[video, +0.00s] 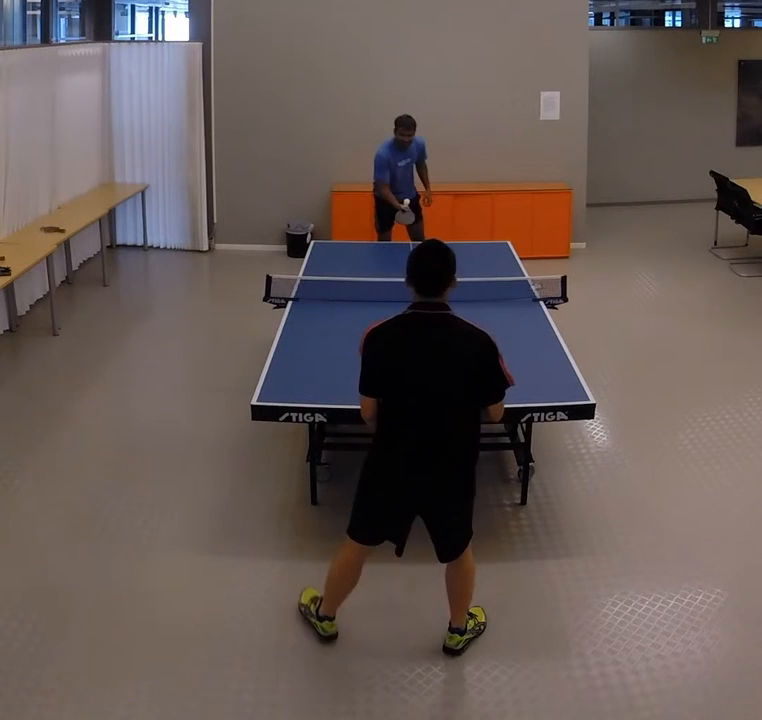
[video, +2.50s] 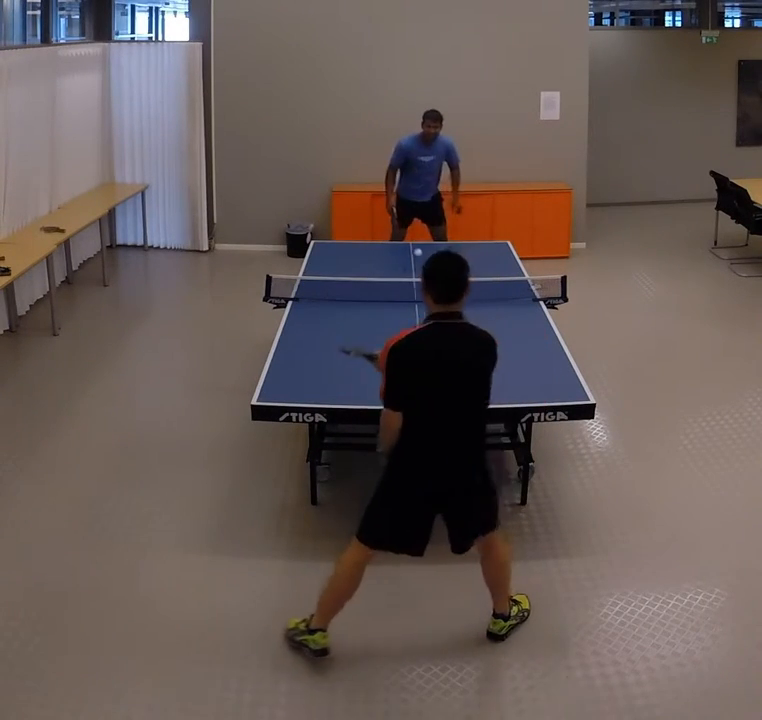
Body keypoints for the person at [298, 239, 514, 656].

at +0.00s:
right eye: (451, 275)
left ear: (409, 280)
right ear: (453, 281)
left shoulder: (380, 337)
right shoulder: (477, 342)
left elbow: (368, 411)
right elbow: (495, 411)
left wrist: (396, 427)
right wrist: (461, 394)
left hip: (390, 464)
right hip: (451, 467)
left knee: (357, 544)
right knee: (457, 550)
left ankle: (325, 615)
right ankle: (458, 628)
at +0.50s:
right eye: (391, 271)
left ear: (349, 278)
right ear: (392, 277)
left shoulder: (326, 333)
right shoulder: (419, 331)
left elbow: (315, 403)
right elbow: (436, 400)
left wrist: (340, 426)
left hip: (349, 454)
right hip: (408, 453)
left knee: (334, 533)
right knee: (441, 532)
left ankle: (320, 604)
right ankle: (467, 615)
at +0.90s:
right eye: (439, 283)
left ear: (402, 290)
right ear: (445, 289)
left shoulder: (378, 346)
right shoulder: (469, 346)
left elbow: (369, 415)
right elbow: (491, 412)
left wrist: (372, 450)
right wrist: (460, 395)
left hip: (392, 464)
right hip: (450, 465)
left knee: (351, 532)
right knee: (484, 535)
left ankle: (319, 603)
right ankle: (502, 614)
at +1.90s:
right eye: (484, 282)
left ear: (442, 288)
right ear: (485, 288)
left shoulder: (416, 341)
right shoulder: (507, 343)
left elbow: (392, 409)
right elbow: (527, 409)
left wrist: (404, 446)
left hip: (421, 462)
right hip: (478, 464)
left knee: (376, 543)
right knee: (501, 532)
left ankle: (331, 612)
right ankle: (503, 613)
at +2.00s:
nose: (490, 283)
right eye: (494, 277)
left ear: (450, 282)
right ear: (493, 281)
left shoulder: (424, 332)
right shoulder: (515, 334)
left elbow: (400, 399)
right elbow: (544, 409)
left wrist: (407, 438)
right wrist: (558, 431)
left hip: (434, 454)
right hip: (492, 458)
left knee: (393, 539)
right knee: (505, 532)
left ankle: (357, 620)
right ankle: (502, 613)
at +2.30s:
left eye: (453, 273)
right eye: (494, 272)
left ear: (452, 279)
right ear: (496, 278)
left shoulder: (430, 333)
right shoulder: (514, 331)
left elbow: (417, 403)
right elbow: (503, 386)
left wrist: (416, 442)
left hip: (440, 450)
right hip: (494, 452)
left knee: (396, 533)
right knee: (501, 538)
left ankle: (364, 616)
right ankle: (504, 613)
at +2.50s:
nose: (425, 290)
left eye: (424, 284)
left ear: (424, 290)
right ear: (466, 290)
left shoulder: (403, 349)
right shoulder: (485, 344)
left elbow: (392, 423)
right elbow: (454, 381)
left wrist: (388, 455)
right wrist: (393, 364)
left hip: (413, 465)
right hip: (465, 463)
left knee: (361, 549)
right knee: (488, 535)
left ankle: (317, 627)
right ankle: (503, 612)